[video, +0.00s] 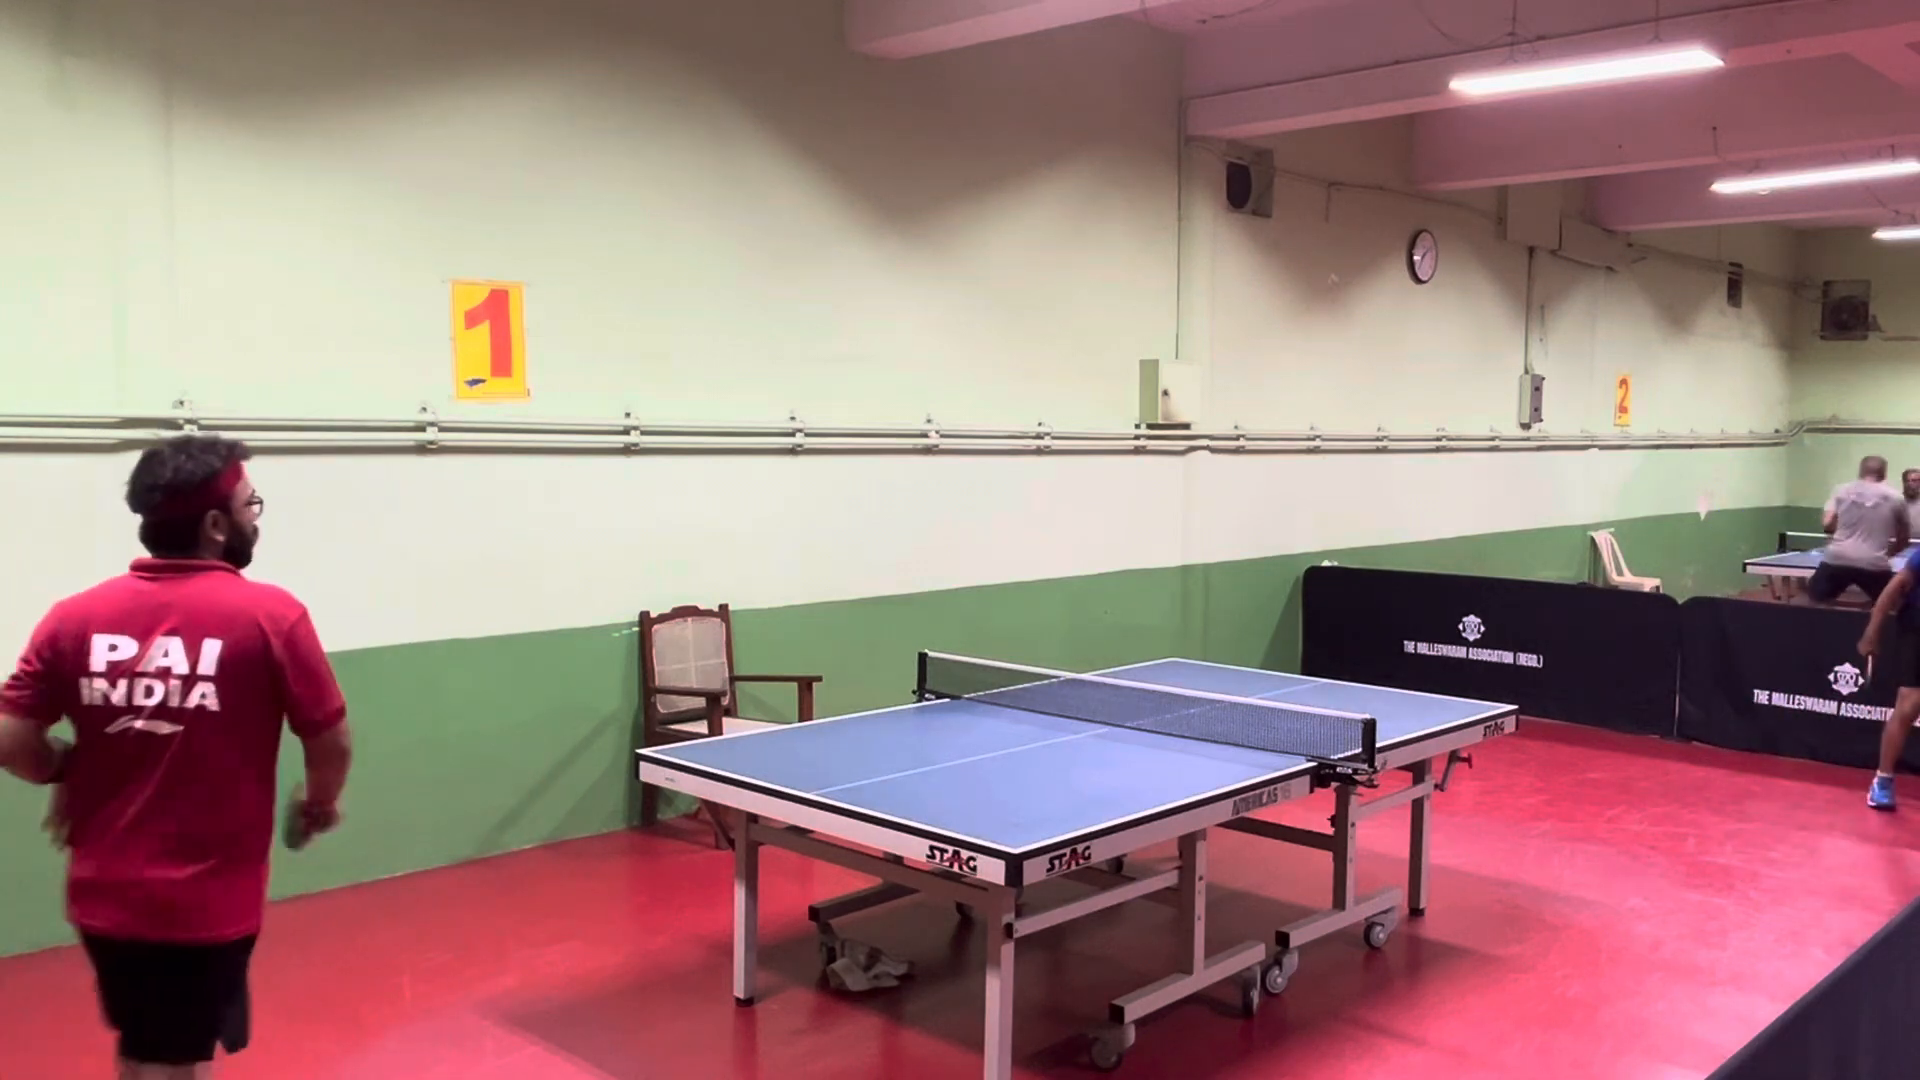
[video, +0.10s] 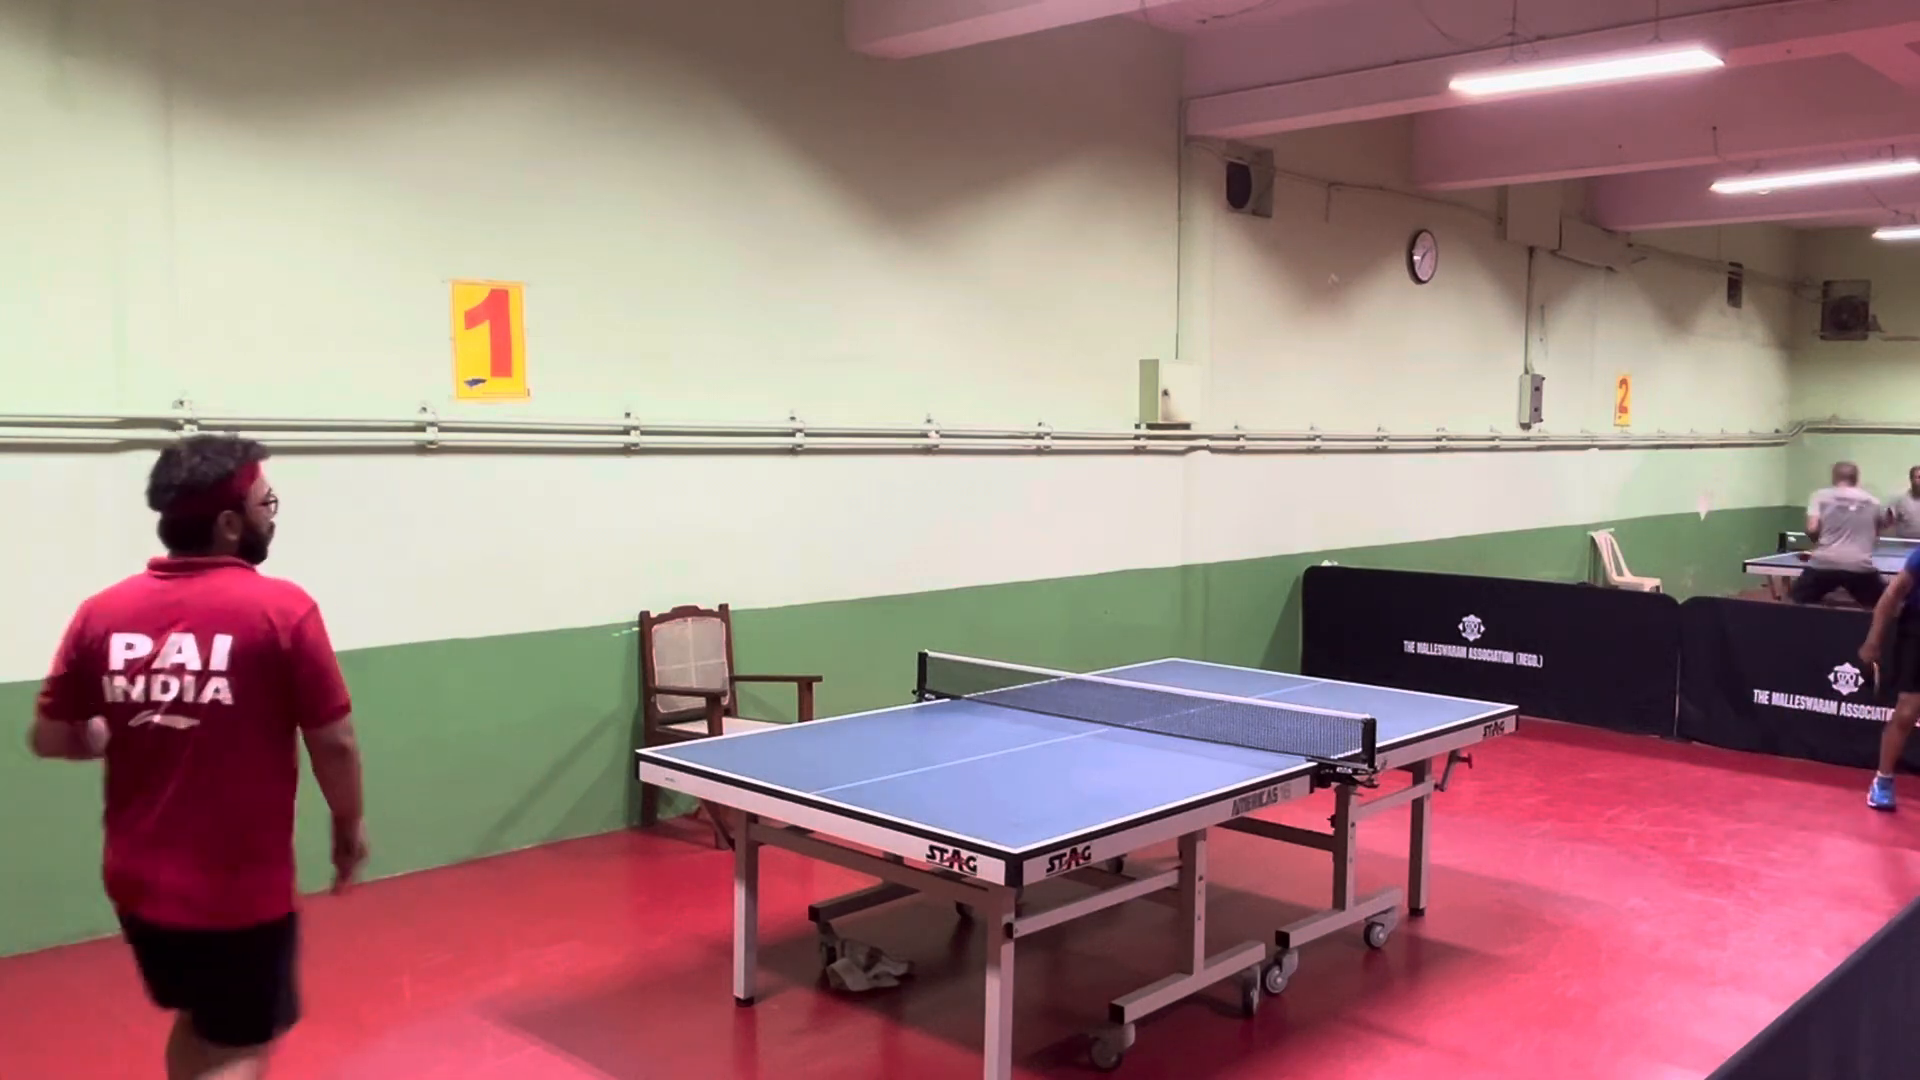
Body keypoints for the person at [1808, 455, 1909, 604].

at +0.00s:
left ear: (1860, 472)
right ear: (1883, 475)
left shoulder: (1842, 490)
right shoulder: (1896, 498)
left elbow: (1828, 524)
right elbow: (1903, 539)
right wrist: (1885, 554)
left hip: (1837, 560)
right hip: (1874, 564)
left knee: (1816, 599)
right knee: (1895, 605)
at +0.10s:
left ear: (1834, 478)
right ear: (1857, 480)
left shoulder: (1820, 496)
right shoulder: (1872, 501)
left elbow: (1812, 529)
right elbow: (1876, 532)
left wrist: (1817, 542)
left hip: (1824, 564)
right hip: (1859, 567)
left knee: (1796, 605)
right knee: (1885, 610)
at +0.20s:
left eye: (1802, 482)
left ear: (1803, 482)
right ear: (1825, 483)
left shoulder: (1795, 498)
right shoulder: (1840, 502)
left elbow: (1792, 531)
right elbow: (1843, 536)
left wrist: (1789, 544)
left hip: (1806, 565)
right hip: (1841, 566)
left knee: (1775, 604)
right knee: (1866, 608)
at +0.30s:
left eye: (1772, 490)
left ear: (1774, 489)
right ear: (1796, 489)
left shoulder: (1775, 498)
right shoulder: (1814, 504)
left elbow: (1772, 529)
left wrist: (1758, 544)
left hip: (1789, 564)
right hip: (1824, 564)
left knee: (1757, 604)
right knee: (1848, 611)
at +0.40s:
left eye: (1753, 490)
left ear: (1754, 489)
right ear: (1774, 487)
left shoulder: (1757, 499)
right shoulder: (1792, 502)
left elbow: (1758, 527)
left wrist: (1740, 542)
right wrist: (1766, 541)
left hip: (1778, 562)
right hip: (1813, 560)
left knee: (1741, 602)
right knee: (1835, 605)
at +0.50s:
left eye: (1741, 484)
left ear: (1742, 484)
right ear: (1762, 480)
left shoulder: (1745, 496)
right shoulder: (1783, 496)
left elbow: (1748, 524)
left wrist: (1730, 540)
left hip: (1771, 558)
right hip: (1804, 555)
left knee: (1735, 602)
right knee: (1825, 603)